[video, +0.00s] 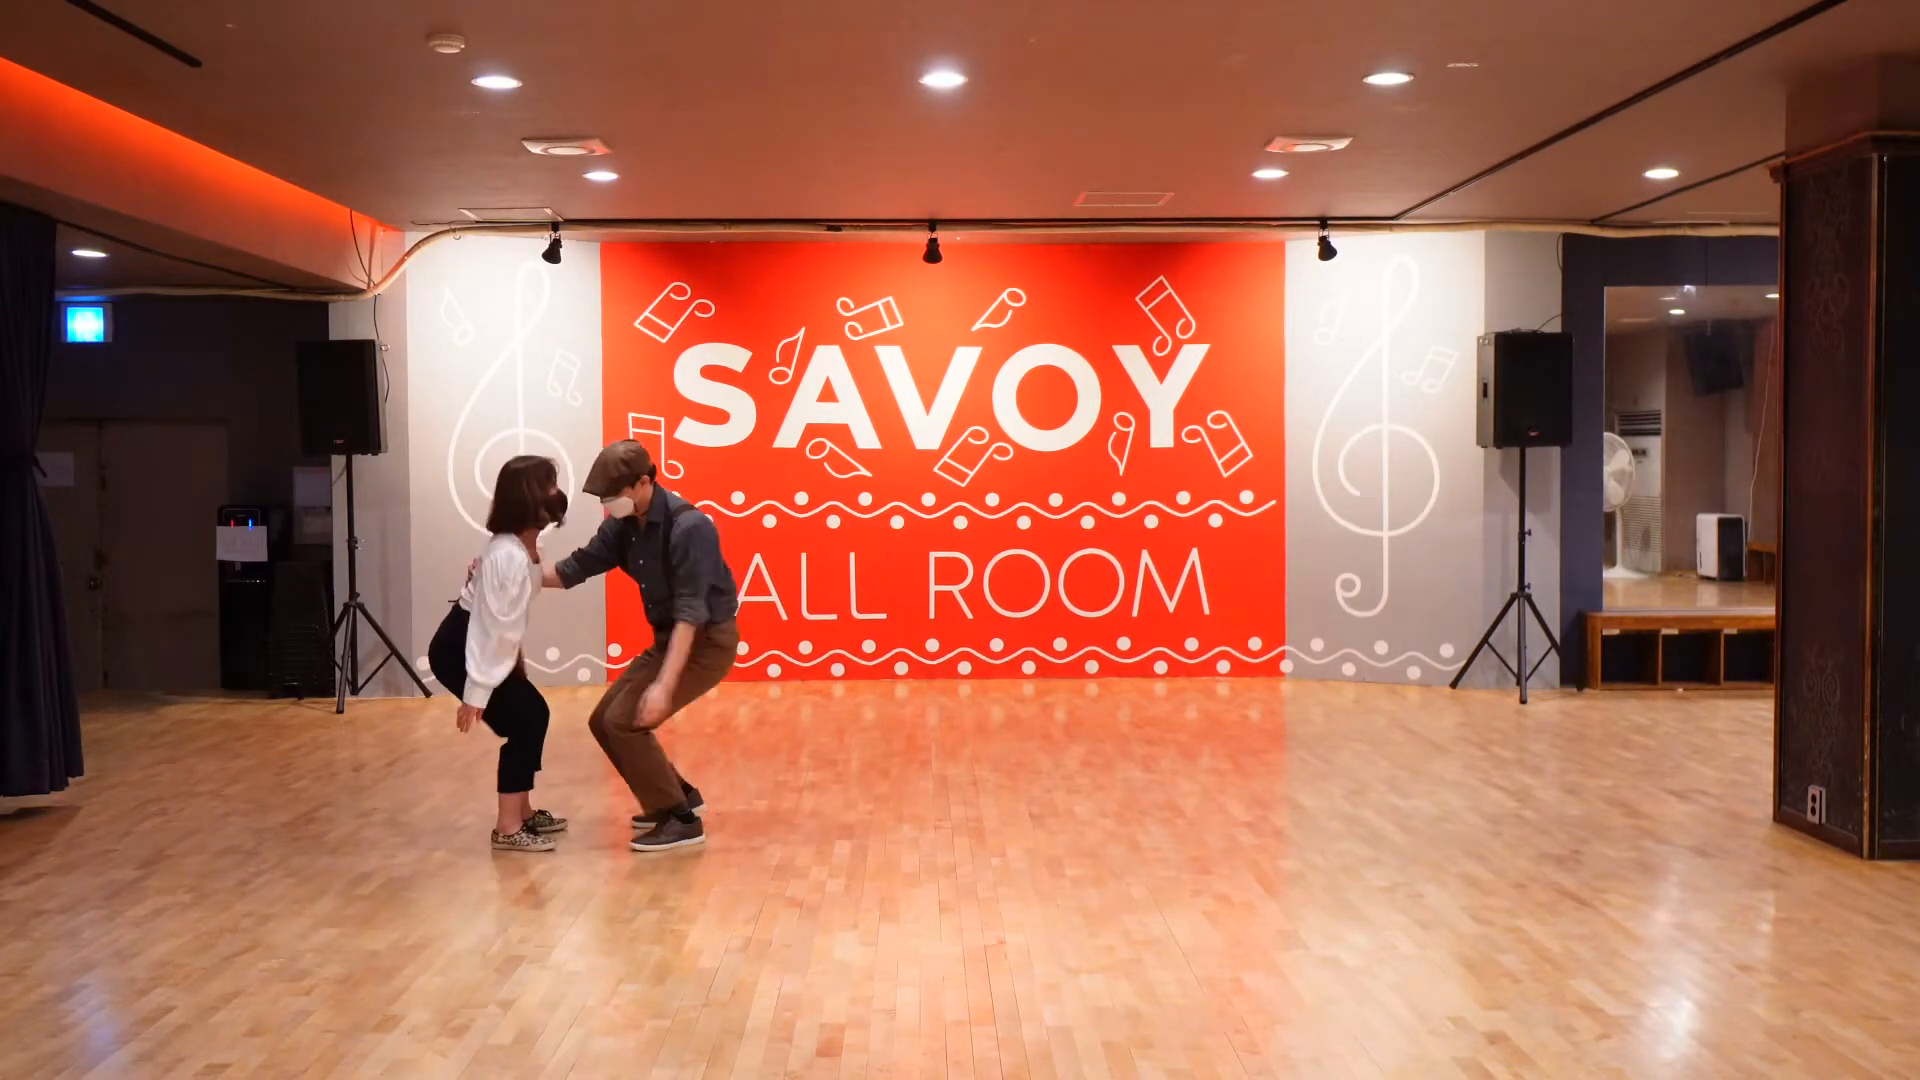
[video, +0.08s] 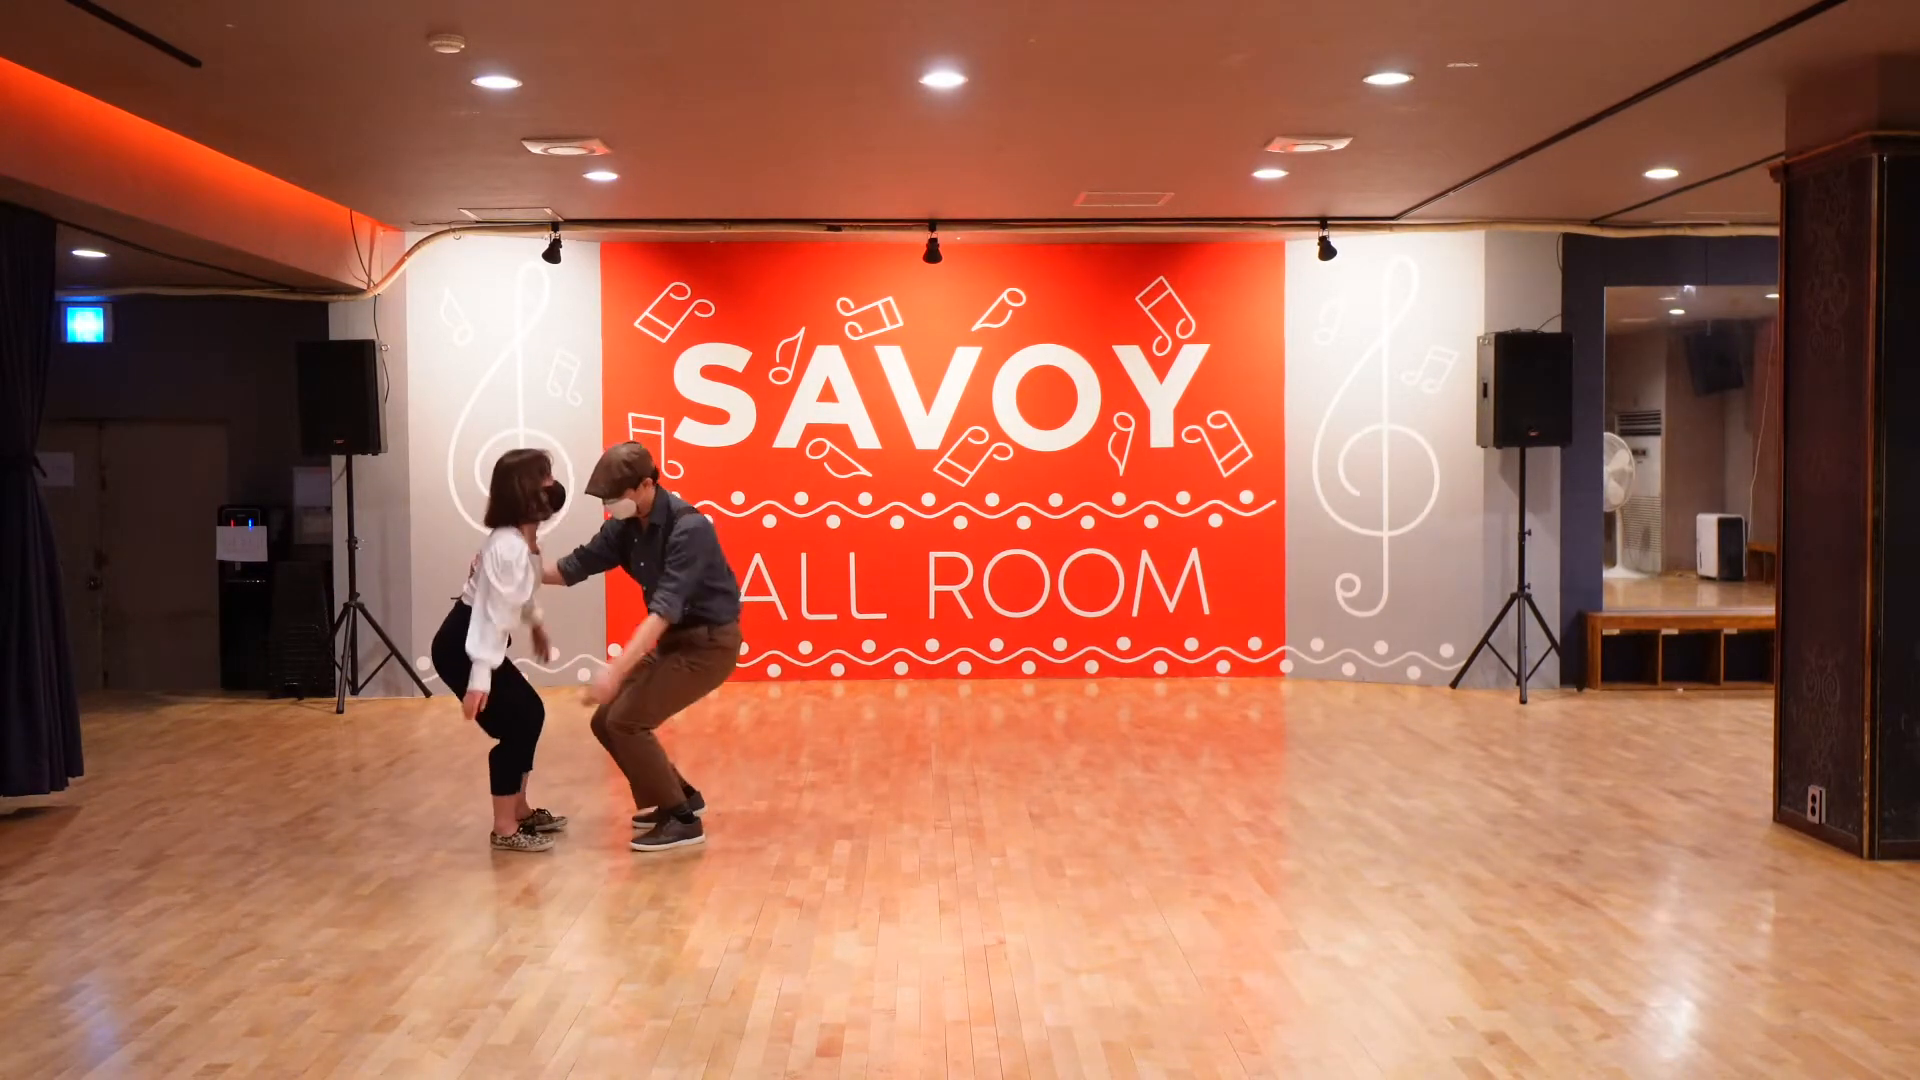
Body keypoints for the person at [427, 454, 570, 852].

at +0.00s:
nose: (559, 491)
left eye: (556, 484)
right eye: (552, 485)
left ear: (518, 497)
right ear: (534, 496)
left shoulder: (521, 549)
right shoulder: (508, 556)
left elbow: (507, 622)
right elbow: (495, 631)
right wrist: (477, 694)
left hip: (479, 645)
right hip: (459, 654)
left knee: (535, 712)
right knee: (526, 719)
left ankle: (520, 812)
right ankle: (508, 828)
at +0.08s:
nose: (554, 483)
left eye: (551, 476)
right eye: (547, 477)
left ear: (517, 491)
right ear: (529, 490)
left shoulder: (524, 541)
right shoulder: (507, 547)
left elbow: (521, 593)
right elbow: (491, 614)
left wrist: (538, 625)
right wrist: (480, 678)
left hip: (482, 639)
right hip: (460, 647)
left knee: (532, 711)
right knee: (516, 722)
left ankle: (518, 810)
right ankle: (504, 829)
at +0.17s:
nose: (549, 480)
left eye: (548, 473)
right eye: (542, 474)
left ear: (521, 483)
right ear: (524, 483)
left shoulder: (523, 529)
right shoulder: (508, 534)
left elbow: (531, 565)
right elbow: (503, 585)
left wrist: (560, 579)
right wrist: (498, 632)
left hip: (475, 635)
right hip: (460, 639)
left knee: (533, 712)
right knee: (522, 717)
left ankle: (523, 814)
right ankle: (508, 828)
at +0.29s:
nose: (545, 474)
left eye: (545, 467)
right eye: (538, 468)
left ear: (536, 473)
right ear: (518, 474)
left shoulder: (537, 511)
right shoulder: (502, 516)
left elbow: (557, 520)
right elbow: (513, 534)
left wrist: (586, 515)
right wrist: (535, 532)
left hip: (491, 629)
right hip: (466, 631)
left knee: (530, 711)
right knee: (507, 722)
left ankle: (521, 814)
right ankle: (504, 829)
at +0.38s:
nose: (551, 468)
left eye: (549, 460)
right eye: (542, 462)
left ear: (537, 469)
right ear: (521, 469)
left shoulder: (540, 514)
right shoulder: (508, 507)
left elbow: (566, 556)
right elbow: (519, 524)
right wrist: (554, 496)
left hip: (496, 628)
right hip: (471, 629)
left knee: (532, 711)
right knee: (507, 723)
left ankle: (521, 812)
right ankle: (505, 828)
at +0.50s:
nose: (553, 463)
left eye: (550, 454)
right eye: (544, 457)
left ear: (527, 469)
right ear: (524, 467)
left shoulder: (538, 514)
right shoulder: (506, 515)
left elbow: (568, 541)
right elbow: (529, 550)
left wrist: (588, 508)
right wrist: (565, 506)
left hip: (505, 626)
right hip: (479, 629)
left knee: (550, 708)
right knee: (523, 720)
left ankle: (526, 810)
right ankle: (508, 829)